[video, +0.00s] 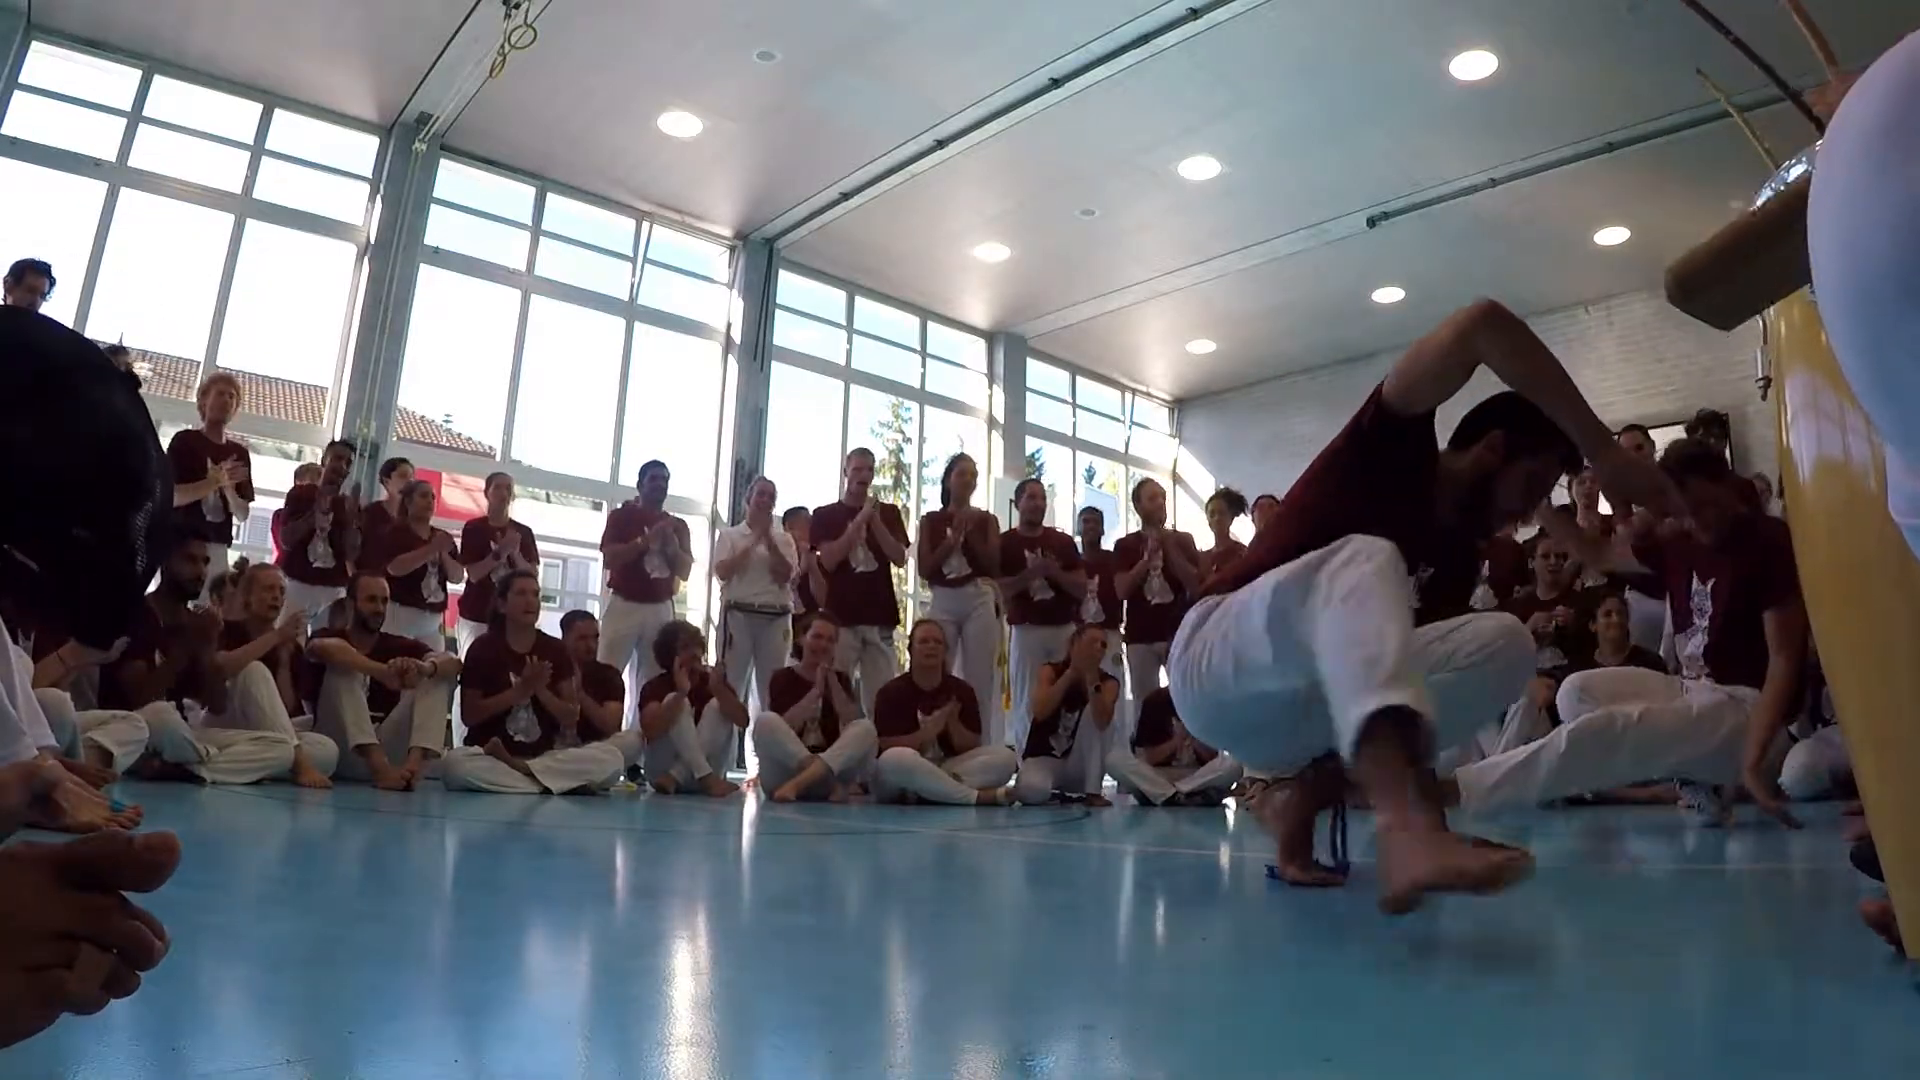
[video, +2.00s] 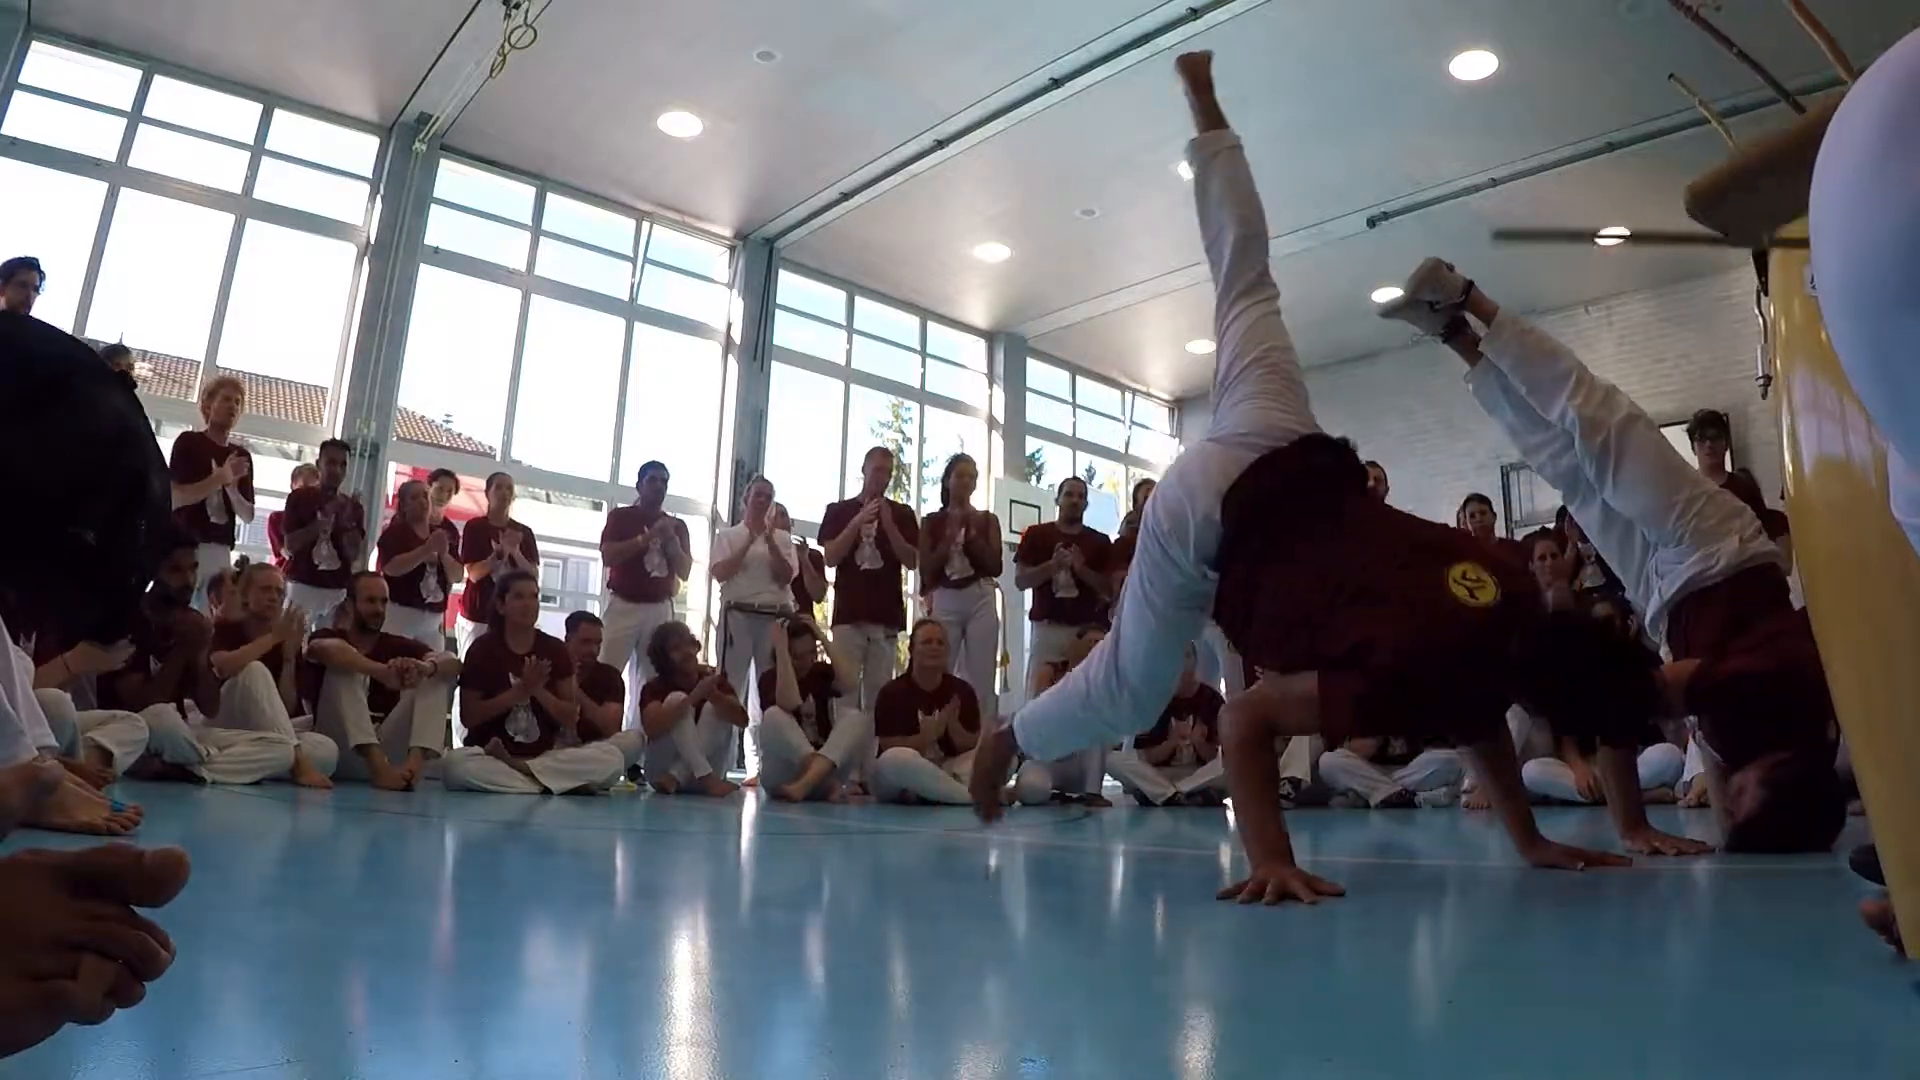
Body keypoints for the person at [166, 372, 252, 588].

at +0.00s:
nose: (227, 400)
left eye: (232, 396)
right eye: (220, 393)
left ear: (236, 407)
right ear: (202, 401)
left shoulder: (239, 453)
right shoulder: (184, 440)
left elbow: (243, 514)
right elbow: (167, 497)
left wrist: (229, 489)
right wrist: (212, 483)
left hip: (217, 546)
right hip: (179, 541)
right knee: (172, 610)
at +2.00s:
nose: (232, 406)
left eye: (237, 402)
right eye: (226, 399)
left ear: (241, 411)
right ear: (207, 405)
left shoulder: (240, 455)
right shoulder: (188, 441)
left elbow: (248, 515)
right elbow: (175, 499)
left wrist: (231, 487)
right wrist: (221, 477)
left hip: (219, 546)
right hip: (184, 542)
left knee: (212, 619)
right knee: (176, 614)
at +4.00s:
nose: (232, 403)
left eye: (236, 399)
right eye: (225, 396)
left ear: (239, 407)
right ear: (204, 403)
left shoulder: (236, 453)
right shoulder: (184, 440)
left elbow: (244, 513)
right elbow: (172, 496)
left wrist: (236, 478)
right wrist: (218, 471)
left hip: (217, 547)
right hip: (180, 544)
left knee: (210, 619)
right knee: (173, 614)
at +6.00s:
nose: (240, 408)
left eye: (243, 403)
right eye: (233, 401)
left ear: (245, 410)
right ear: (212, 403)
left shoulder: (242, 457)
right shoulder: (189, 443)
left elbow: (246, 517)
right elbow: (178, 501)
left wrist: (230, 490)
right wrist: (221, 479)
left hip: (219, 549)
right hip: (182, 545)